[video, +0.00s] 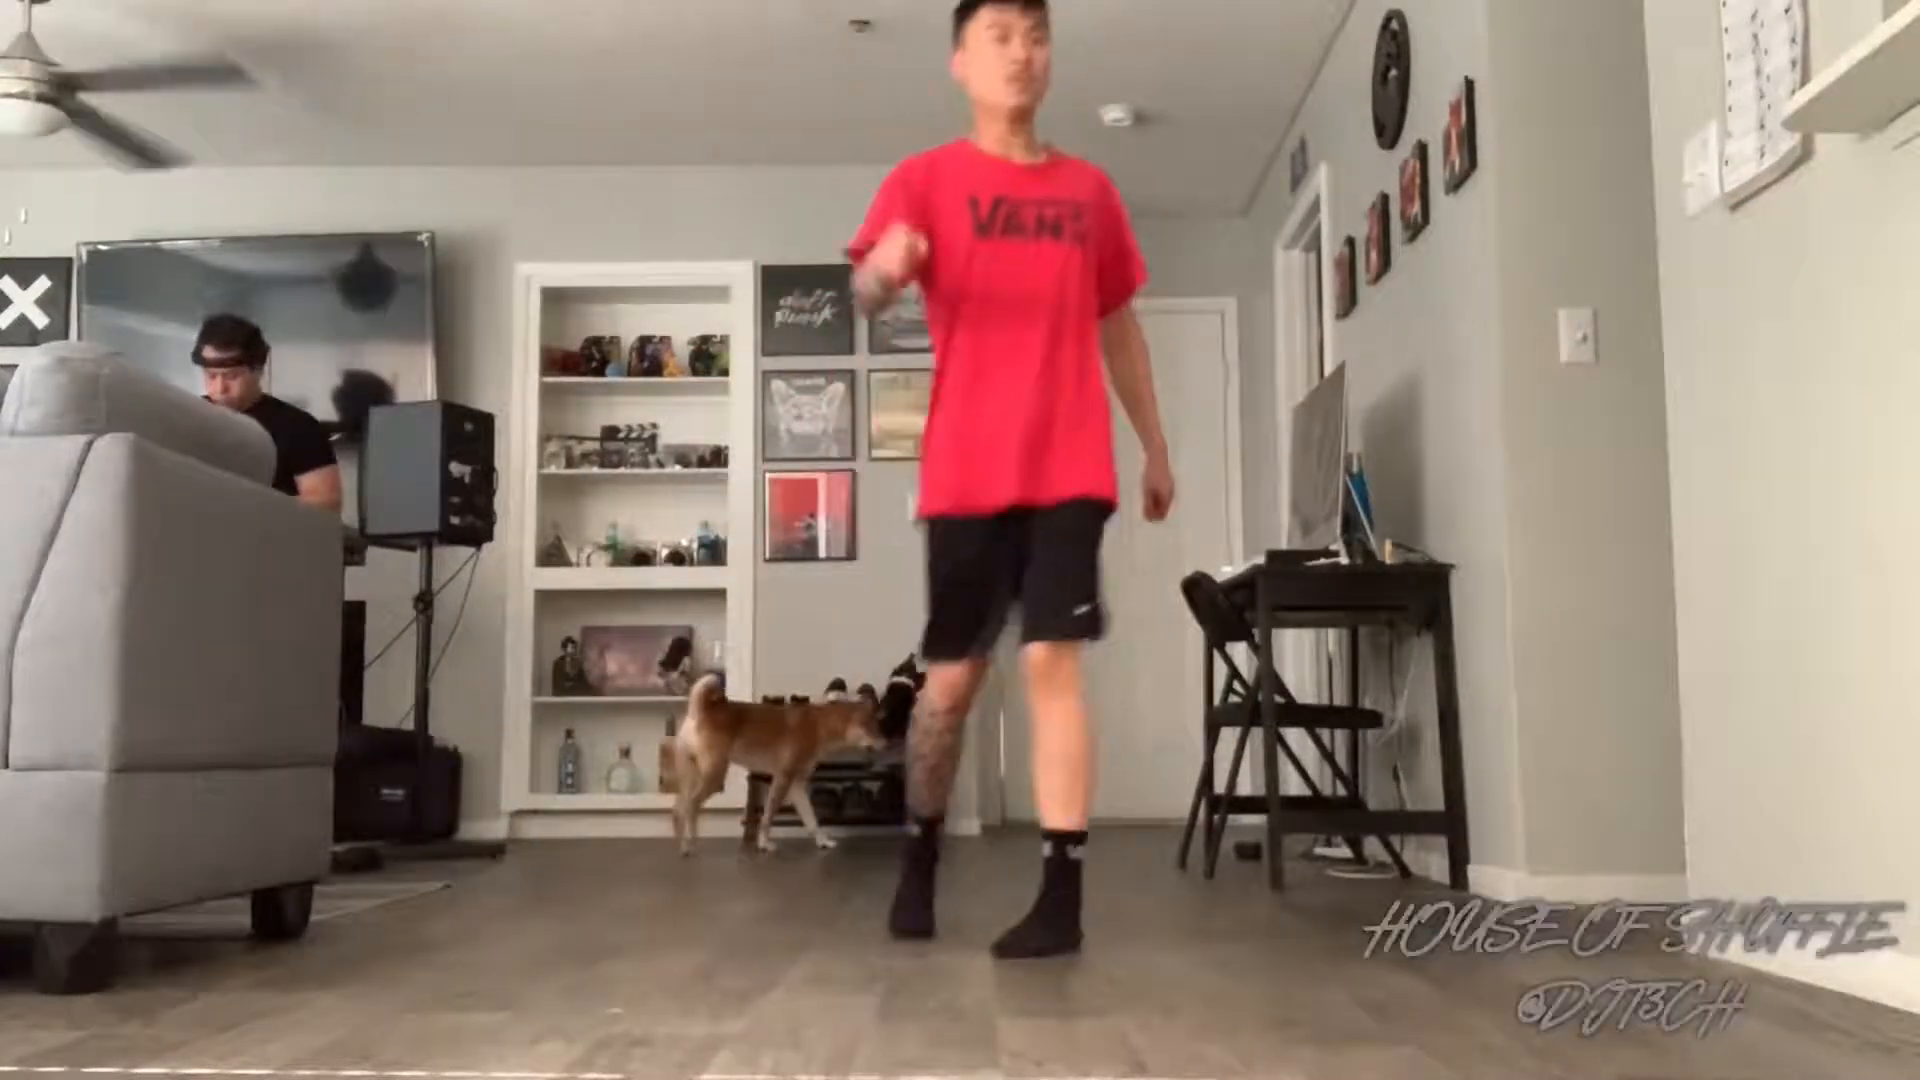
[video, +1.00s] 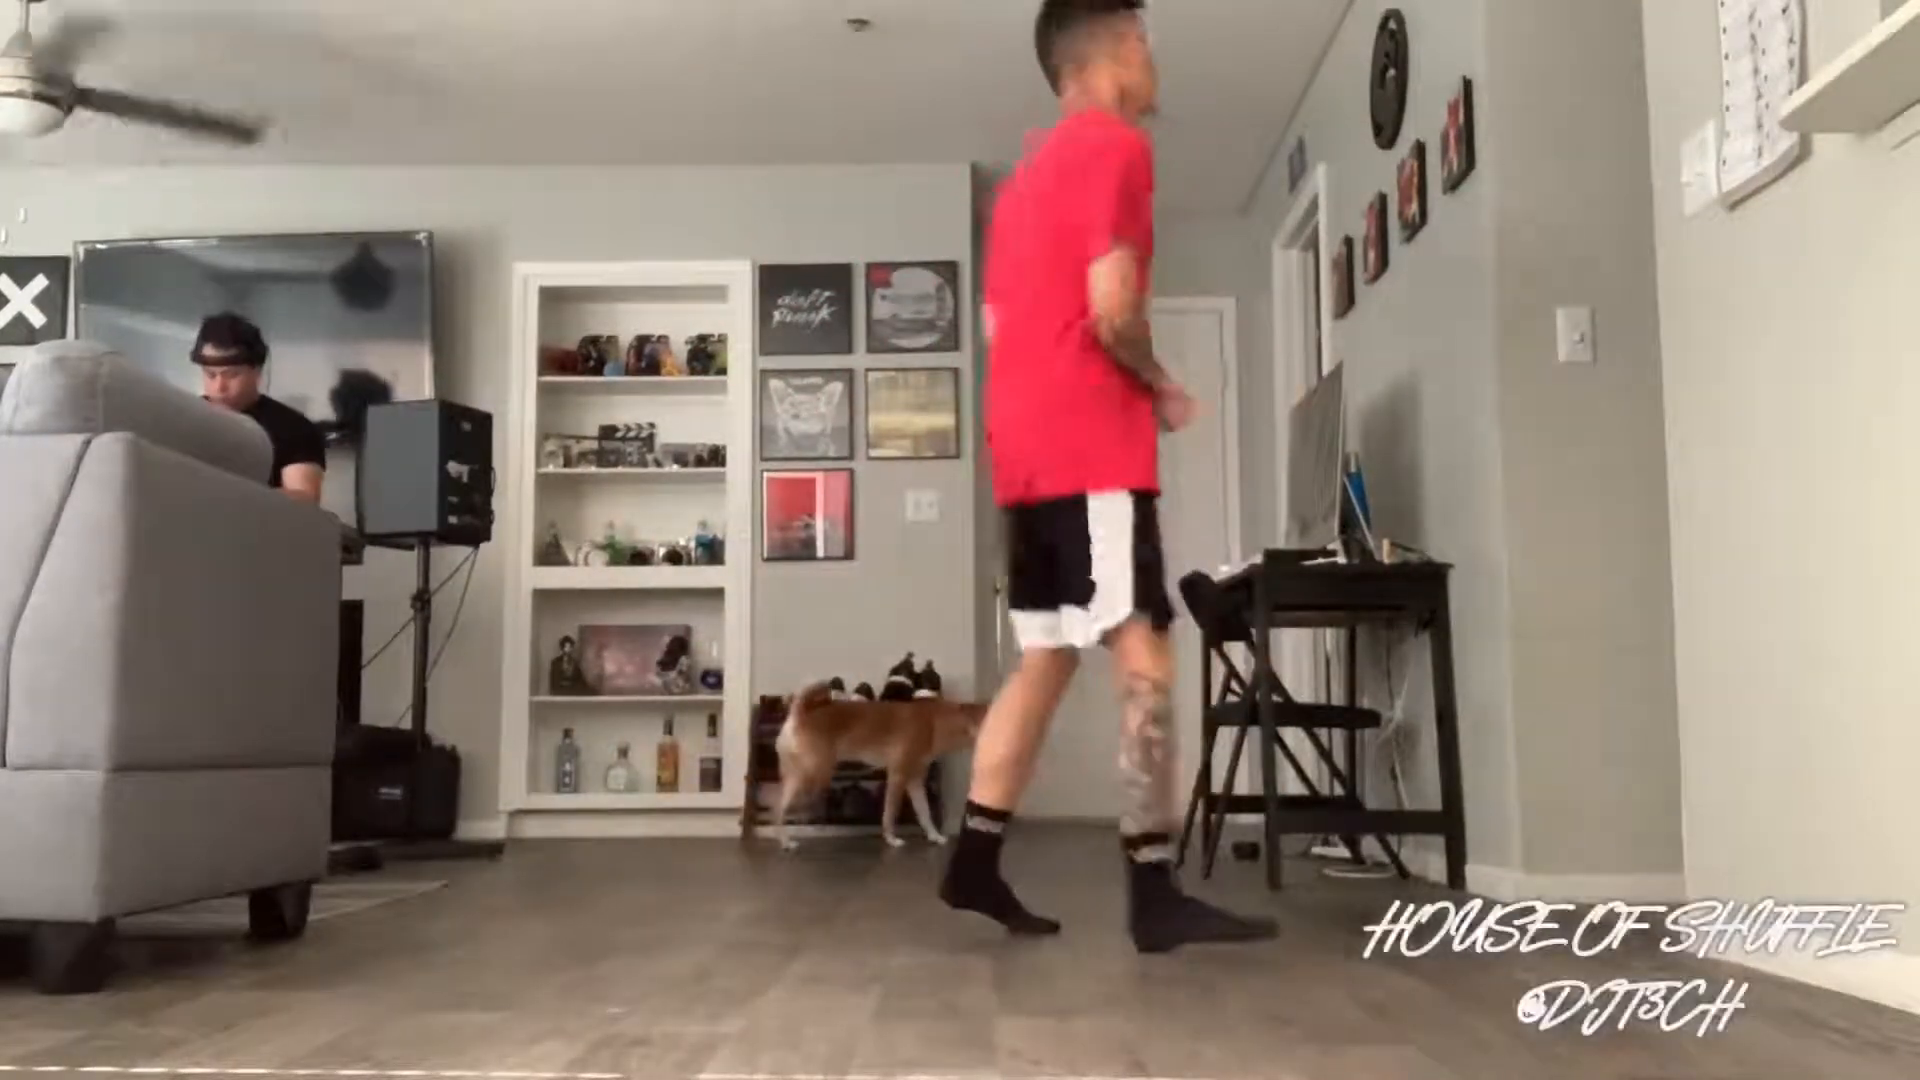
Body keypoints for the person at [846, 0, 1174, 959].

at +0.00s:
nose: (1023, 54)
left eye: (1036, 38)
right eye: (1000, 38)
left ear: (1053, 61)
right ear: (959, 63)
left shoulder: (1088, 187)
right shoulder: (924, 181)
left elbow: (1120, 326)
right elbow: (869, 286)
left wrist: (1154, 445)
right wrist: (887, 266)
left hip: (1070, 458)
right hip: (968, 461)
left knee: (1051, 661)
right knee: (951, 683)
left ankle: (1060, 898)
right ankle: (919, 863)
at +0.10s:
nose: (1067, 46)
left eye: (1078, 33)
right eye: (1046, 31)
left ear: (1091, 57)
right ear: (997, 55)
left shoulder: (1123, 180)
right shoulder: (969, 170)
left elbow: (1135, 305)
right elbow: (930, 296)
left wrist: (1168, 418)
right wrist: (948, 355)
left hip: (1118, 444)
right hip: (1017, 441)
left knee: (1100, 665)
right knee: (1019, 653)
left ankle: (1115, 878)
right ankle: (958, 787)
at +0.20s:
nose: (1107, 51)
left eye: (1114, 39)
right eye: (1083, 39)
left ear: (1126, 71)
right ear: (1035, 74)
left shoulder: (1155, 200)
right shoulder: (1008, 190)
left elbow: (1162, 322)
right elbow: (962, 333)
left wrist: (1198, 367)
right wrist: (976, 436)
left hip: (1151, 455)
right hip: (1058, 451)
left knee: (1132, 675)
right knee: (1120, 614)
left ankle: (1130, 883)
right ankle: (1022, 745)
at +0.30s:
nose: (1130, 37)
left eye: (1136, 25)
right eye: (1106, 23)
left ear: (1145, 52)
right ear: (1055, 54)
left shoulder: (1179, 171)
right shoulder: (1027, 173)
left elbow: (1200, 303)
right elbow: (987, 328)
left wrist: (1232, 302)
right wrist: (992, 452)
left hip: (1182, 437)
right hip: (1090, 437)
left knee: (1142, 661)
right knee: (1194, 618)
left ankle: (1119, 871)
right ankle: (1154, 817)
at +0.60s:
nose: (1172, 28)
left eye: (1172, 13)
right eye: (1149, 16)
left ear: (1164, 46)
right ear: (1093, 49)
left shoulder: (1169, 162)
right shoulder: (1068, 150)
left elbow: (1173, 311)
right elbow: (1018, 296)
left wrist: (1235, 397)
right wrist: (1102, 381)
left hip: (1194, 433)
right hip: (1126, 440)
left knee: (1281, 618)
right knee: (1173, 649)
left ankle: (1145, 762)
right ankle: (1127, 877)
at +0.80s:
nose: (1146, 36)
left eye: (1151, 24)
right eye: (1122, 21)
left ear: (1153, 54)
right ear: (1068, 48)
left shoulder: (1163, 176)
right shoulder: (1038, 147)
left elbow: (1154, 317)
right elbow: (984, 286)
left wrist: (1184, 433)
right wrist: (1101, 311)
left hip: (1165, 441)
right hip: (1093, 441)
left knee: (1184, 654)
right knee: (1186, 645)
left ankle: (1013, 771)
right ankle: (1167, 875)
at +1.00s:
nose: (1152, 66)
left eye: (1144, 47)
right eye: (1139, 46)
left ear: (1071, 71)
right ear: (1103, 60)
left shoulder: (1032, 165)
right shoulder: (1114, 146)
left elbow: (1013, 321)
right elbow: (1114, 306)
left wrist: (1132, 387)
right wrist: (1157, 378)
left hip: (1031, 448)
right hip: (1094, 446)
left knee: (1046, 655)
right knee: (1145, 657)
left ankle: (973, 861)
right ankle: (1157, 891)